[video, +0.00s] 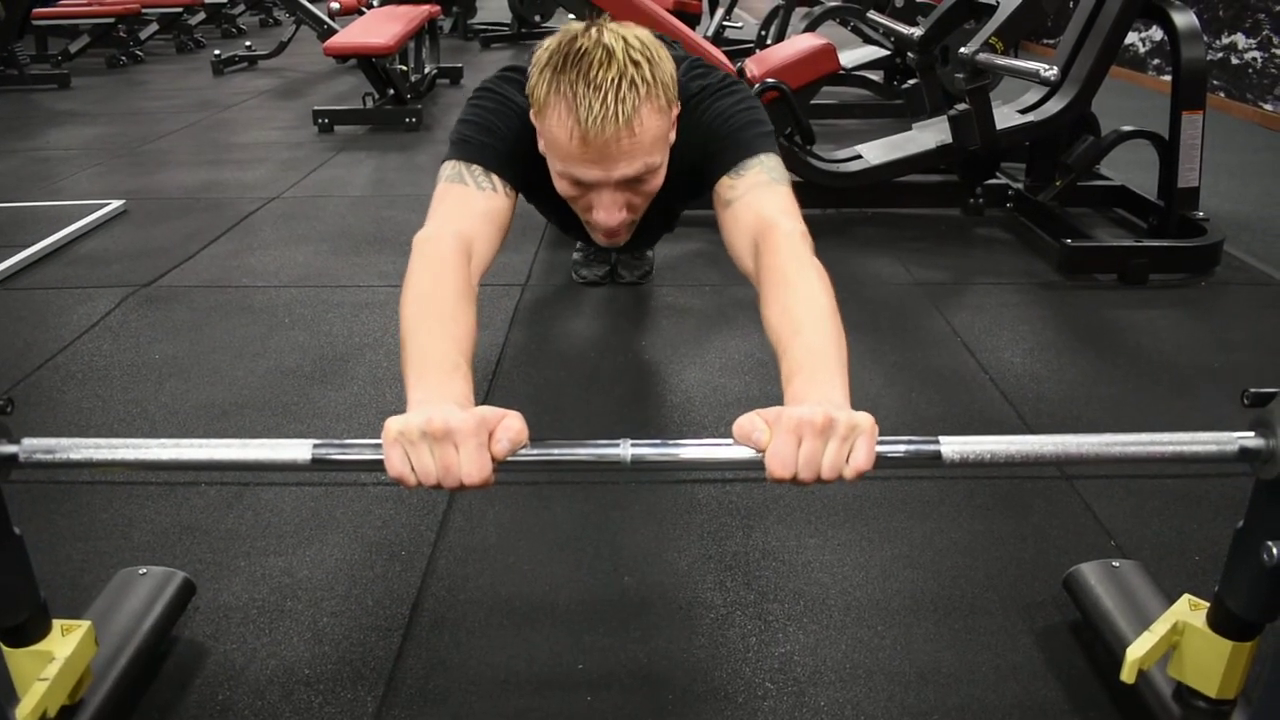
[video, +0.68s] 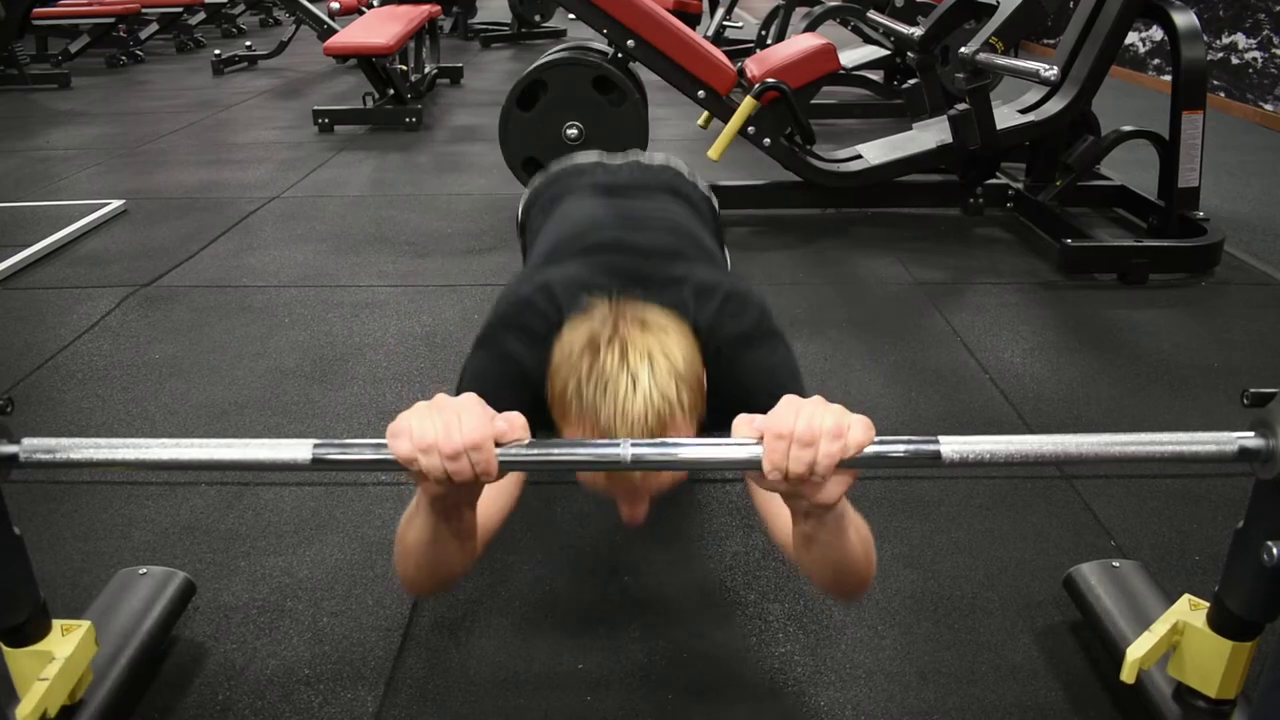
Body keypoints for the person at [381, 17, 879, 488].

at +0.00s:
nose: (610, 209)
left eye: (635, 182)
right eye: (581, 185)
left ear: (672, 127)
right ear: (540, 136)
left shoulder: (719, 106)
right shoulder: (505, 108)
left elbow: (778, 244)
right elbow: (447, 248)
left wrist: (819, 404)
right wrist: (439, 408)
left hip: (667, 201)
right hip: (561, 202)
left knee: (643, 235)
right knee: (585, 234)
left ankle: (633, 255)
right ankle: (595, 252)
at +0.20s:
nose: (617, 262)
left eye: (642, 230)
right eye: (586, 232)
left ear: (677, 165)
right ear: (546, 169)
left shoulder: (727, 141)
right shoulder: (507, 141)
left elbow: (816, 298)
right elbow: (433, 296)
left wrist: (822, 408)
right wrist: (438, 409)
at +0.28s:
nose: (620, 298)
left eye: (647, 268)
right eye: (592, 270)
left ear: (682, 195)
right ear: (551, 204)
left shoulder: (736, 176)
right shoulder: (509, 172)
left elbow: (811, 333)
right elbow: (435, 328)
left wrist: (822, 407)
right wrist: (440, 411)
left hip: (669, 84)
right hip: (546, 83)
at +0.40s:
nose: (624, 365)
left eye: (650, 337)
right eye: (598, 339)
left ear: (687, 262)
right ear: (555, 271)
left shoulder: (734, 219)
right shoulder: (511, 223)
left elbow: (816, 394)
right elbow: (434, 396)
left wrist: (816, 426)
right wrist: (439, 422)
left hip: (673, 112)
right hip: (557, 110)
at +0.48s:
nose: (627, 409)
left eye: (651, 380)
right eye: (600, 382)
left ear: (691, 300)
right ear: (558, 318)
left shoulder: (739, 258)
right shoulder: (516, 256)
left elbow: (837, 501)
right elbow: (433, 498)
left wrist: (818, 458)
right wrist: (443, 452)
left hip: (674, 132)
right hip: (556, 133)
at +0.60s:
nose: (633, 472)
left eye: (655, 443)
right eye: (606, 444)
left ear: (694, 370)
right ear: (562, 387)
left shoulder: (746, 318)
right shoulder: (512, 320)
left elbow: (843, 551)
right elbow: (434, 548)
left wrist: (817, 491)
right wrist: (445, 479)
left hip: (675, 161)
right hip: (555, 164)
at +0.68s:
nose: (634, 513)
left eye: (660, 482)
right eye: (604, 484)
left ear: (699, 408)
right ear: (556, 422)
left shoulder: (745, 345)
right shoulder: (515, 347)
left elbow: (848, 583)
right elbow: (423, 578)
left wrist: (818, 506)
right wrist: (446, 494)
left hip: (679, 184)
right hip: (558, 183)